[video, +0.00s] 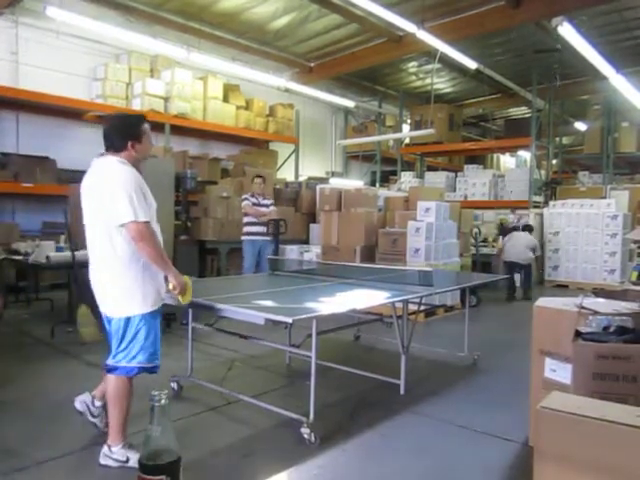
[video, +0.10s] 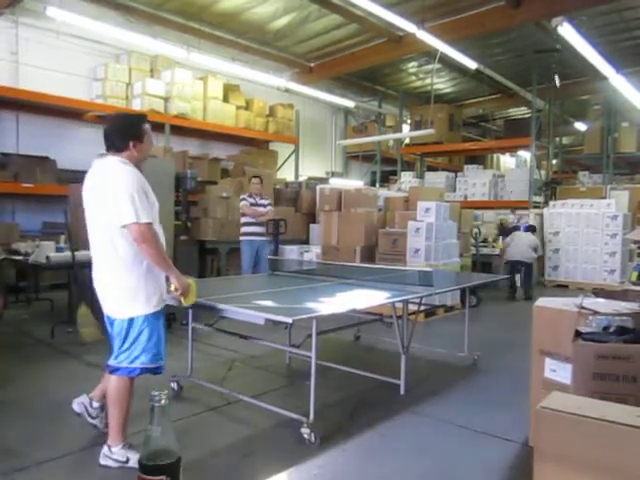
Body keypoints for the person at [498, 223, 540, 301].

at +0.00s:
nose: (531, 233)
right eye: (531, 232)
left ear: (522, 229)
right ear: (531, 231)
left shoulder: (513, 234)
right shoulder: (533, 240)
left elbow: (503, 243)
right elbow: (537, 254)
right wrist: (539, 268)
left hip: (509, 259)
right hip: (524, 260)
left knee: (509, 277)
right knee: (527, 277)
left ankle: (510, 294)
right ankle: (526, 294)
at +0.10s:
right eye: (534, 232)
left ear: (525, 229)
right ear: (534, 232)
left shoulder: (515, 234)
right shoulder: (535, 239)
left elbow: (506, 242)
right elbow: (539, 253)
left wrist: (503, 251)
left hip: (512, 258)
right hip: (527, 259)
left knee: (511, 276)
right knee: (527, 278)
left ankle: (511, 294)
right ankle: (527, 295)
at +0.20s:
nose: (540, 230)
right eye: (540, 228)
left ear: (530, 224)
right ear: (539, 227)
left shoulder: (518, 229)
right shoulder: (539, 234)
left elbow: (506, 240)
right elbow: (541, 250)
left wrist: (503, 252)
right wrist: (541, 270)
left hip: (515, 254)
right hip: (529, 255)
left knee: (514, 274)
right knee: (530, 275)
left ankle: (513, 293)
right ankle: (528, 294)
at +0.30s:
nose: (544, 224)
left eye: (544, 222)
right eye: (544, 222)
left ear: (534, 218)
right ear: (542, 220)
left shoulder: (521, 223)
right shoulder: (541, 228)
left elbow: (509, 236)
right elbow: (542, 246)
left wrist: (504, 248)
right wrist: (544, 262)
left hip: (515, 249)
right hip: (529, 251)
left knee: (521, 265)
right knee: (534, 268)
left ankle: (516, 287)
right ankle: (529, 291)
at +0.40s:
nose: (546, 219)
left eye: (546, 217)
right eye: (546, 217)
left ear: (536, 213)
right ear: (544, 215)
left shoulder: (524, 218)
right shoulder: (542, 223)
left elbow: (513, 231)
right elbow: (543, 243)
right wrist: (546, 259)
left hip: (515, 247)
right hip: (528, 249)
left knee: (524, 265)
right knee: (535, 269)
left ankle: (523, 287)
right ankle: (529, 289)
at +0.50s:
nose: (548, 216)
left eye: (548, 214)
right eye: (548, 215)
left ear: (538, 211)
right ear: (547, 214)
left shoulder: (527, 218)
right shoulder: (544, 224)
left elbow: (517, 228)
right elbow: (546, 242)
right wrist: (549, 257)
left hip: (515, 247)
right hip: (528, 250)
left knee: (529, 267)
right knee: (537, 268)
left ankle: (525, 287)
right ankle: (530, 288)